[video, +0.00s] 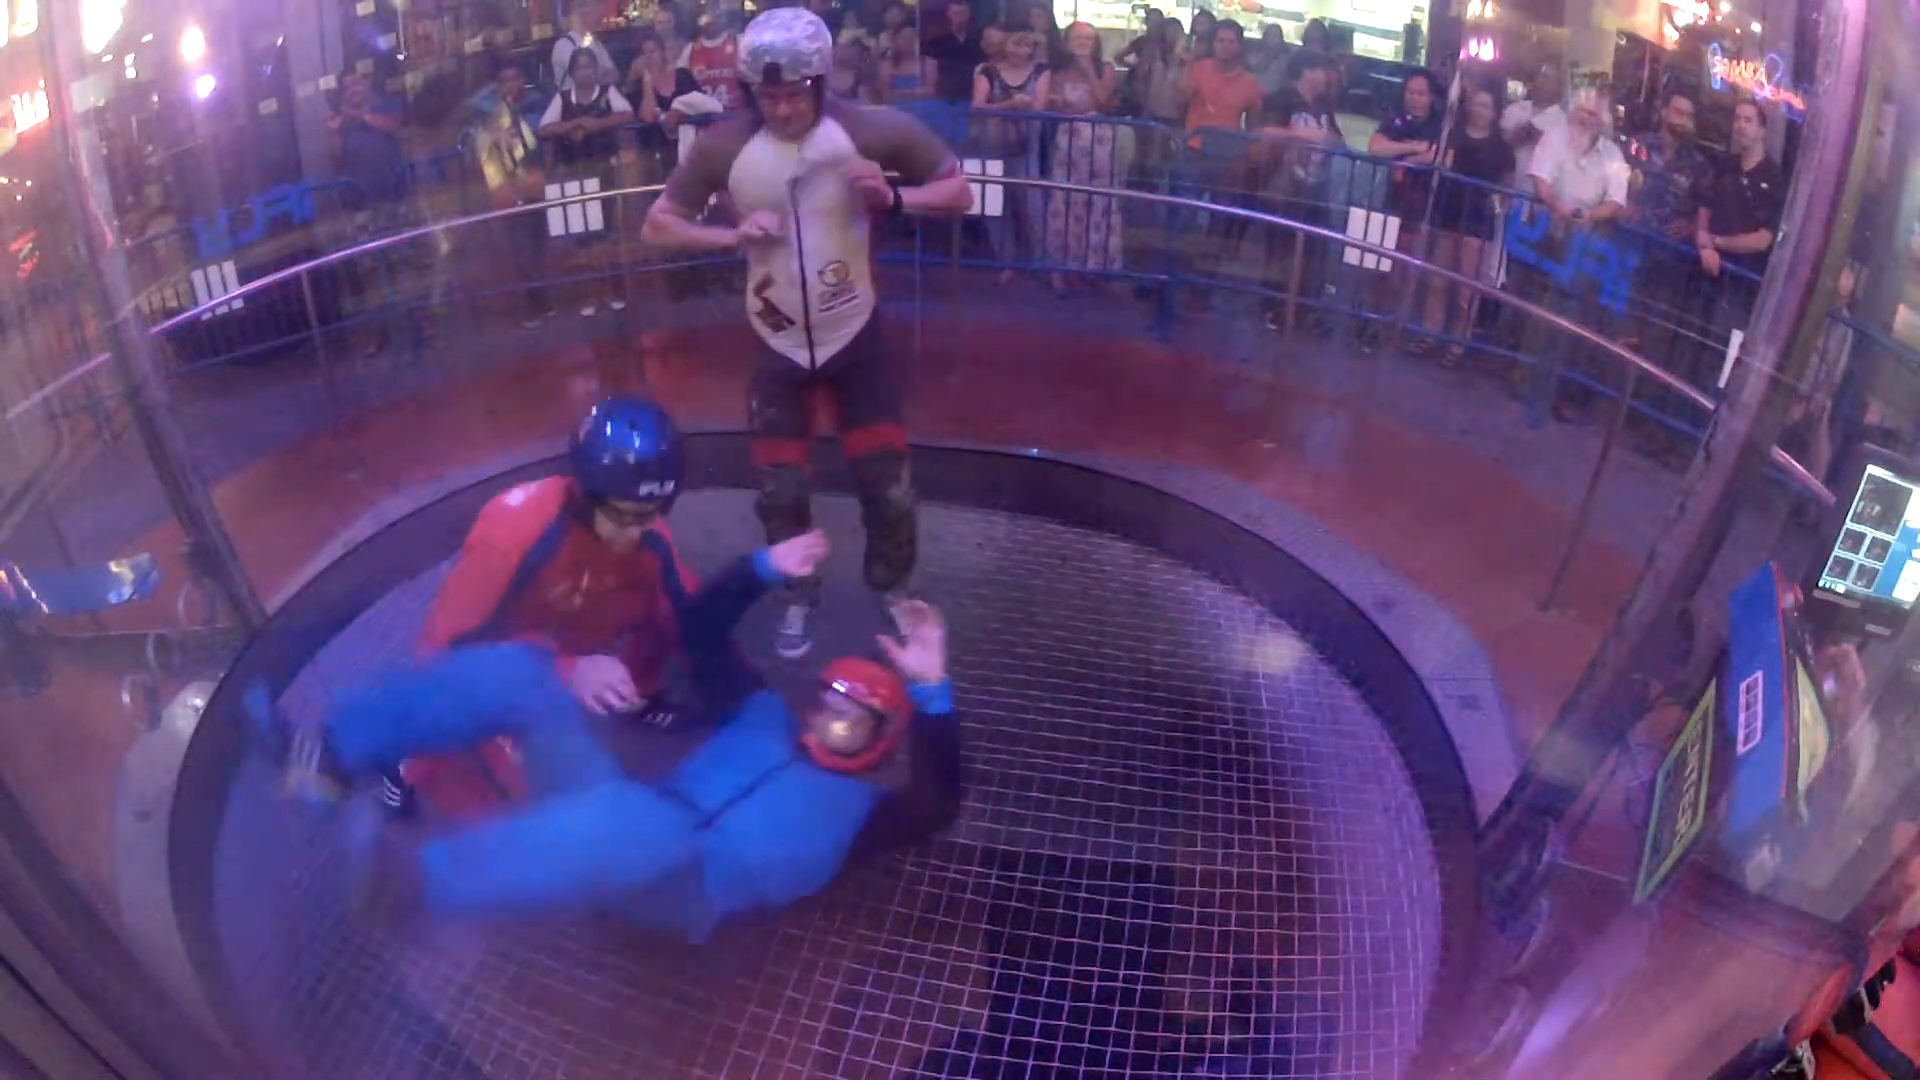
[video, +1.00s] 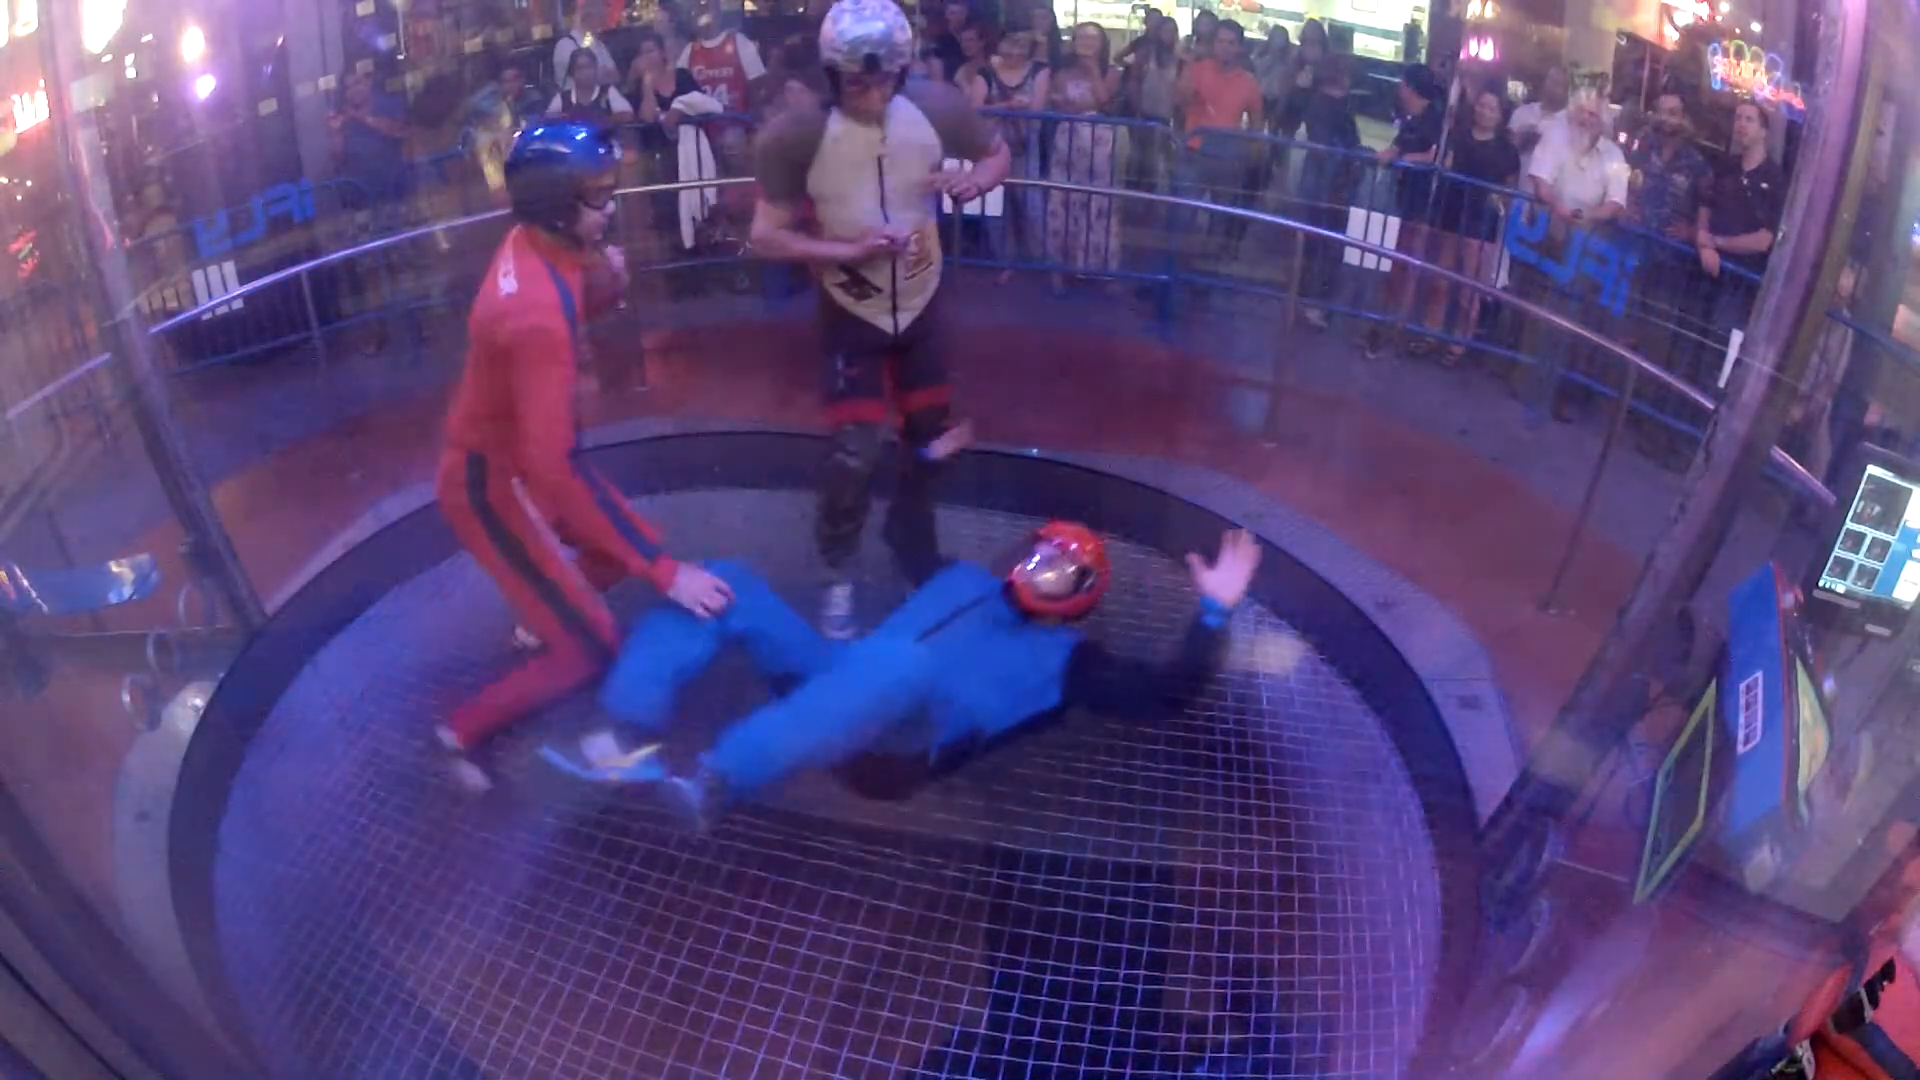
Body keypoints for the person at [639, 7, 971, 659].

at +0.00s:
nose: (783, 102)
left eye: (796, 89)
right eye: (769, 90)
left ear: (821, 80)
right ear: (751, 86)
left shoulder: (873, 132)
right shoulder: (724, 146)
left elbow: (959, 190)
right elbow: (658, 222)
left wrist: (896, 198)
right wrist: (731, 235)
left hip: (858, 339)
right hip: (776, 346)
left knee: (887, 490)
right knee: (779, 492)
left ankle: (890, 599)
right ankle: (797, 599)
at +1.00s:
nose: (871, 93)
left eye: (883, 78)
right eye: (857, 81)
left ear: (901, 68)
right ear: (833, 72)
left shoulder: (934, 111)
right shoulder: (801, 135)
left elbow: (998, 156)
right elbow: (763, 234)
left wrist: (973, 179)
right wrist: (850, 250)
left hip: (924, 304)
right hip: (851, 311)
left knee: (935, 445)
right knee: (862, 445)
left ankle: (916, 555)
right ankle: (838, 578)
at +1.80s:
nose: (901, 69)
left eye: (908, 57)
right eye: (888, 57)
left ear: (913, 58)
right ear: (851, 56)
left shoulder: (899, 109)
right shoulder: (807, 120)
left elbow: (890, 190)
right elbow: (794, 241)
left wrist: (931, 171)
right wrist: (897, 216)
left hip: (896, 302)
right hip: (837, 308)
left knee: (922, 420)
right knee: (850, 443)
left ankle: (906, 539)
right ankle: (828, 572)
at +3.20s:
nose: (843, 167)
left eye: (847, 153)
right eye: (832, 160)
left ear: (864, 132)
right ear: (824, 154)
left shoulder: (900, 124)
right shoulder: (836, 180)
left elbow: (950, 147)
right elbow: (860, 208)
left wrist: (966, 118)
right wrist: (935, 147)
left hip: (915, 315)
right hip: (865, 319)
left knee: (918, 440)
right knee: (878, 456)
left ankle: (880, 550)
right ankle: (834, 569)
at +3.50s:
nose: (869, 84)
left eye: (874, 71)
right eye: (854, 71)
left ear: (887, 83)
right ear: (832, 84)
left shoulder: (895, 131)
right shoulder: (801, 139)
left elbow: (943, 153)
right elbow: (767, 210)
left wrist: (940, 144)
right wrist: (854, 183)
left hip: (895, 311)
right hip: (835, 316)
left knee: (900, 442)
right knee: (865, 459)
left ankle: (876, 553)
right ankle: (821, 563)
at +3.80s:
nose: (772, 46)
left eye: (781, 32)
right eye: (758, 34)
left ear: (793, 40)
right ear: (732, 48)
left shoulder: (838, 124)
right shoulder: (717, 135)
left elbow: (874, 204)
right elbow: (686, 241)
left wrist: (864, 203)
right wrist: (790, 247)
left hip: (831, 320)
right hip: (766, 326)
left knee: (879, 436)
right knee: (765, 483)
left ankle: (869, 550)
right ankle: (713, 579)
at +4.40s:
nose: (695, 85)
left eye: (703, 71)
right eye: (677, 73)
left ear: (716, 77)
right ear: (646, 85)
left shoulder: (734, 138)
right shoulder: (620, 166)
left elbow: (776, 203)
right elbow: (606, 286)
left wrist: (777, 221)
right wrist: (688, 272)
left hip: (773, 355)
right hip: (702, 370)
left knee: (801, 494)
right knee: (747, 523)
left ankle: (773, 606)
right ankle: (713, 597)